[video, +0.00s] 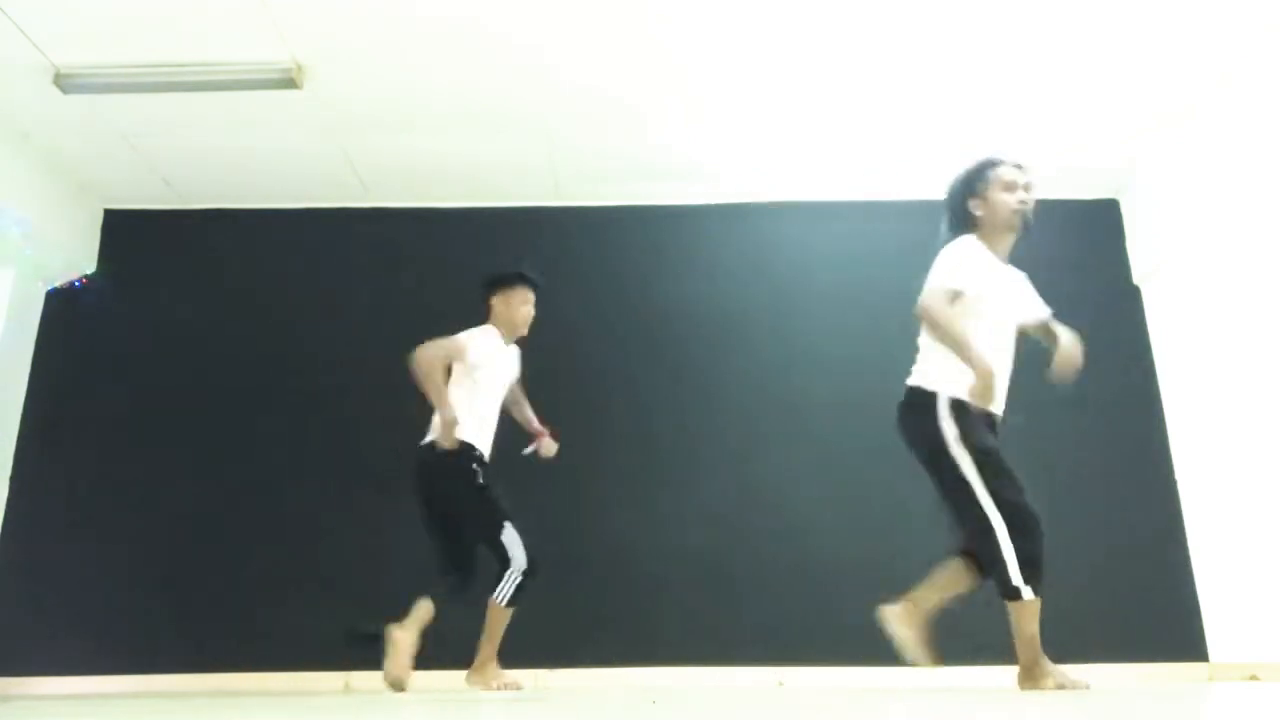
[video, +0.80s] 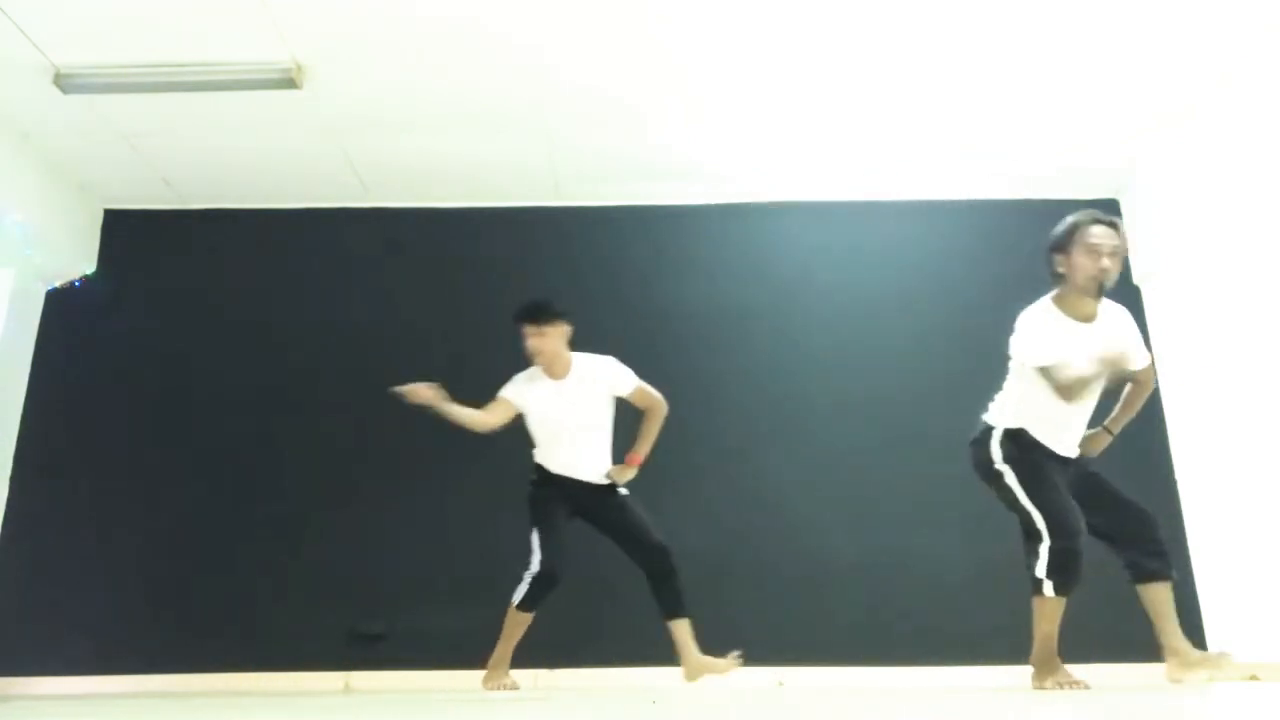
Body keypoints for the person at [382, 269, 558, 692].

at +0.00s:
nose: (531, 314)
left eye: (532, 305)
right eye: (524, 304)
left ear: (522, 310)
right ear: (497, 305)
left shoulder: (509, 354)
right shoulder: (479, 339)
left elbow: (513, 397)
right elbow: (424, 357)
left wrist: (538, 431)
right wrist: (444, 411)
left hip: (442, 461)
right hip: (458, 461)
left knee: (458, 568)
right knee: (517, 561)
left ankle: (406, 632)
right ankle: (485, 666)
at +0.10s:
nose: (516, 316)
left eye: (521, 308)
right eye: (506, 308)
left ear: (528, 314)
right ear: (485, 315)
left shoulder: (535, 362)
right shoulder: (467, 356)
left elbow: (546, 406)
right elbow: (405, 402)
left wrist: (542, 450)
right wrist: (457, 407)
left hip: (493, 473)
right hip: (455, 465)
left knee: (511, 566)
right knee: (501, 563)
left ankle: (422, 623)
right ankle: (482, 670)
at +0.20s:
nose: (482, 333)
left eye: (492, 324)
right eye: (476, 325)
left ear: (513, 328)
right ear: (471, 330)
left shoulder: (539, 372)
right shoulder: (460, 376)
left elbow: (575, 410)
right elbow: (404, 430)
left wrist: (553, 463)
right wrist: (377, 407)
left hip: (509, 487)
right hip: (461, 481)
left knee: (556, 554)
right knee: (500, 562)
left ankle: (485, 631)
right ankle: (482, 671)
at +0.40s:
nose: (460, 363)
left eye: (468, 354)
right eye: (457, 354)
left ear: (494, 352)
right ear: (457, 357)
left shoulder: (539, 388)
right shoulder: (459, 404)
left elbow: (600, 416)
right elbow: (394, 434)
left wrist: (579, 477)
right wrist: (320, 432)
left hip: (542, 498)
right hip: (494, 497)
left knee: (599, 552)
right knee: (506, 571)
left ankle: (536, 638)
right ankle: (490, 669)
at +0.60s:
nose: (479, 358)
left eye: (486, 348)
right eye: (476, 350)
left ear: (514, 345)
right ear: (477, 354)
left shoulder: (560, 380)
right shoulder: (482, 401)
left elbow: (622, 409)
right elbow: (417, 420)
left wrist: (601, 469)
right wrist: (345, 416)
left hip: (568, 492)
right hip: (520, 493)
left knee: (625, 540)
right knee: (525, 567)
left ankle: (594, 638)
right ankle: (491, 670)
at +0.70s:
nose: (501, 349)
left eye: (508, 340)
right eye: (497, 341)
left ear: (536, 336)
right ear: (498, 344)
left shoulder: (579, 372)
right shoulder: (501, 392)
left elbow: (638, 405)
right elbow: (444, 415)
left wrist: (615, 464)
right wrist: (380, 406)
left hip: (584, 487)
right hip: (533, 489)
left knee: (643, 551)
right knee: (534, 568)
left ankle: (651, 653)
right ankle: (495, 669)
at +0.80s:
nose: (534, 343)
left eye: (542, 333)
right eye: (528, 336)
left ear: (565, 333)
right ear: (526, 341)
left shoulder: (603, 370)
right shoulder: (525, 386)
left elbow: (657, 406)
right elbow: (485, 421)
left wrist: (633, 463)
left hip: (600, 486)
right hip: (551, 486)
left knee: (657, 555)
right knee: (546, 571)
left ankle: (693, 660)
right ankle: (497, 667)